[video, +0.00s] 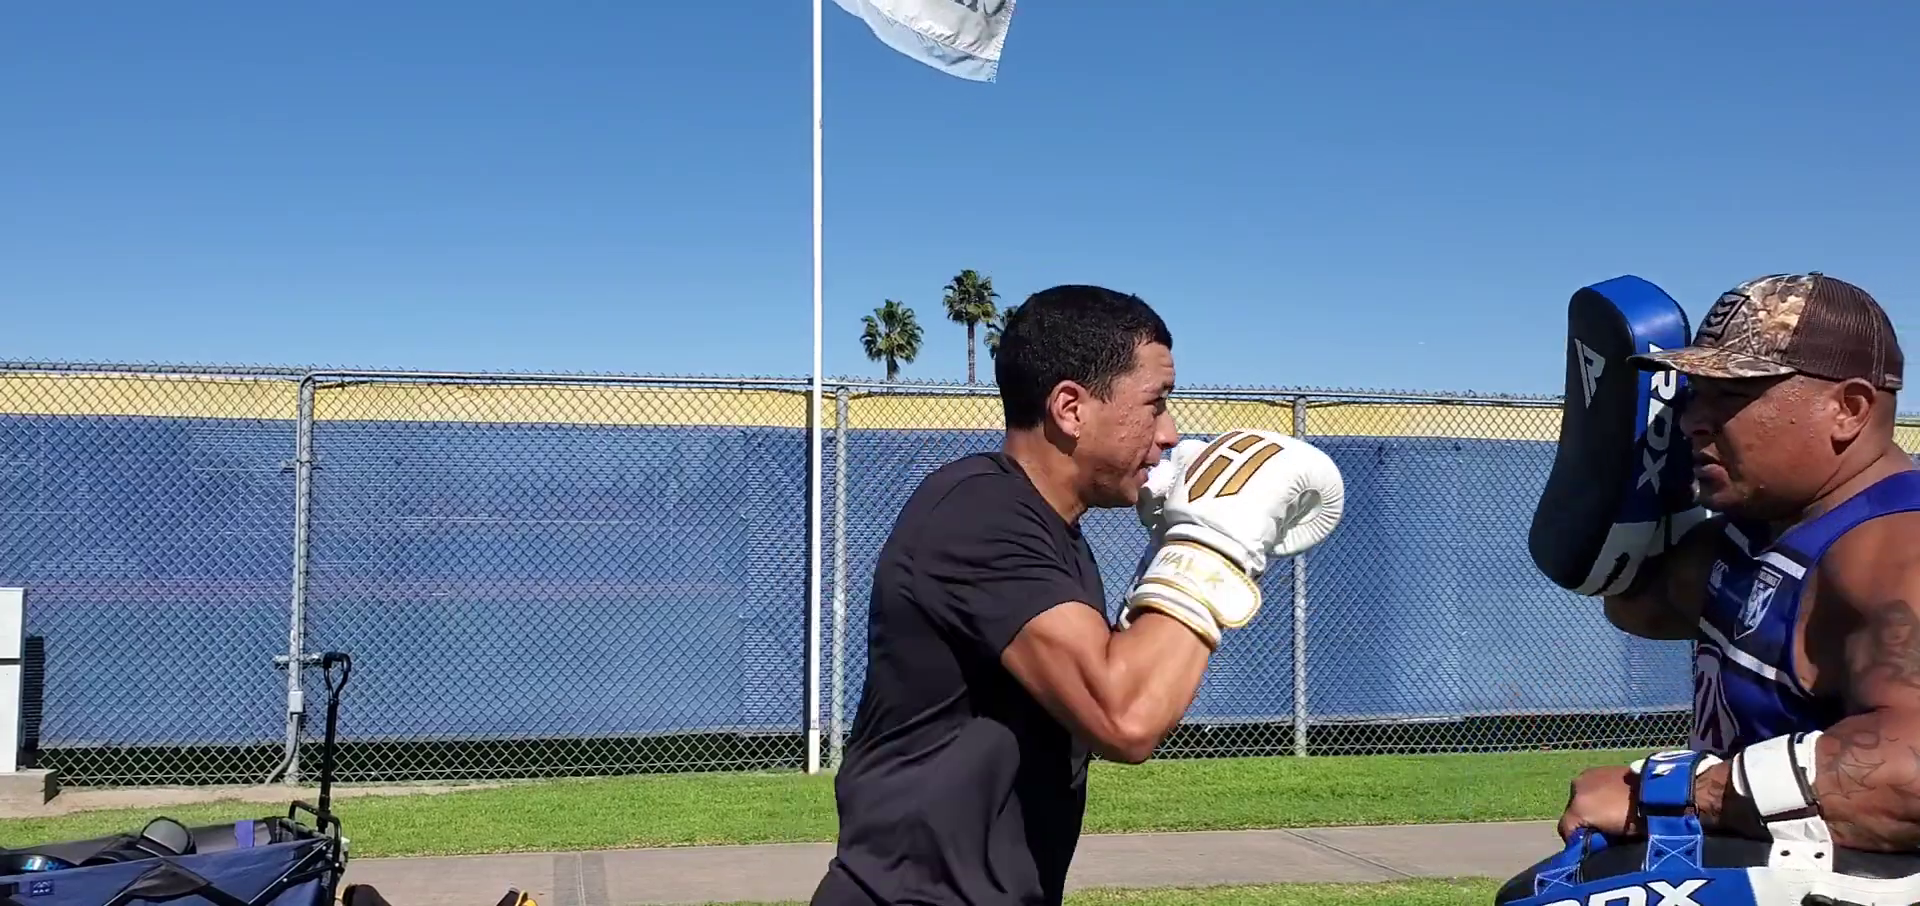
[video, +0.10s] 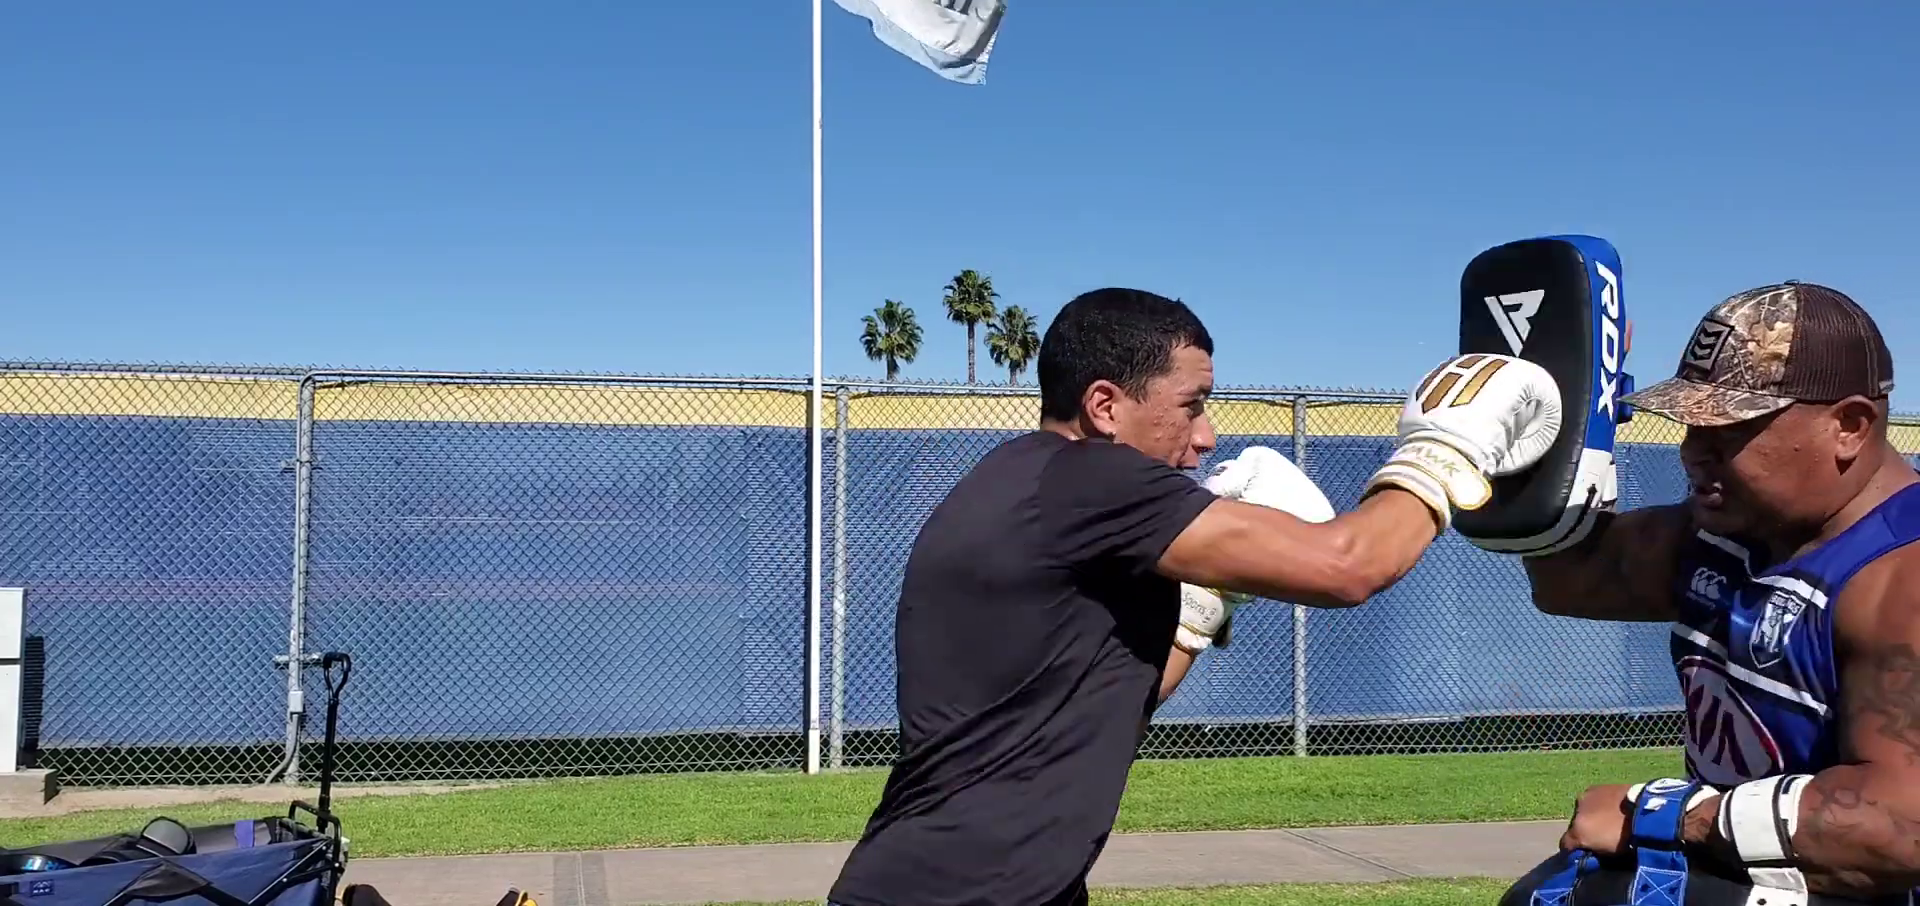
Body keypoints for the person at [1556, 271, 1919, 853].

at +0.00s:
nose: (1693, 422)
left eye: (1731, 394)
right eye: (1696, 394)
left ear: (1848, 410)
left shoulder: (1887, 552)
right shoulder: (1755, 528)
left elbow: (1901, 774)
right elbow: (1643, 604)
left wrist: (1661, 789)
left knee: (1546, 894)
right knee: (1535, 884)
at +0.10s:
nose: (1692, 453)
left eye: (1728, 431)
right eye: (1693, 424)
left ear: (1848, 430)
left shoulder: (1902, 585)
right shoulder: (1732, 528)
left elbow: (1897, 827)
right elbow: (1570, 576)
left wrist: (1666, 811)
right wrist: (1545, 429)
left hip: (1840, 884)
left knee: (1558, 891)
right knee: (1547, 882)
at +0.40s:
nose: (1752, 422)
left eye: (1792, 399)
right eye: (1755, 395)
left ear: (1903, 427)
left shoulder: (1907, 576)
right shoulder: (1797, 542)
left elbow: (1909, 796)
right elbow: (1730, 671)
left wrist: (1728, 721)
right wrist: (1653, 593)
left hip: (1867, 894)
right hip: (1772, 886)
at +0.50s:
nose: (1763, 414)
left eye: (1801, 388)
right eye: (1762, 390)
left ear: (1908, 406)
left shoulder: (1909, 554)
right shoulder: (1807, 540)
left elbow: (1908, 748)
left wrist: (1725, 687)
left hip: (1871, 886)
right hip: (1780, 881)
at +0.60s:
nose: (1774, 406)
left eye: (1811, 380)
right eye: (1772, 384)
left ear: (1913, 397)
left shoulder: (1910, 538)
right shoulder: (1810, 537)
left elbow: (1906, 711)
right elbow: (1715, 602)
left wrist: (1722, 633)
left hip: (1883, 888)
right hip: (1795, 881)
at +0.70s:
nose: (1779, 410)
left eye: (1813, 384)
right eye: (1777, 388)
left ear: (1915, 400)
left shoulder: (1912, 530)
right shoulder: (1803, 552)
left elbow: (1902, 678)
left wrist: (1686, 647)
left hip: (1887, 887)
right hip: (1797, 882)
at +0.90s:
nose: (1761, 422)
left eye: (1794, 393)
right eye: (1760, 396)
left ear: (1908, 406)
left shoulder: (1909, 537)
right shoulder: (1770, 549)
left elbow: (1897, 659)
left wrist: (1753, 605)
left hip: (1881, 888)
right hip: (1762, 879)